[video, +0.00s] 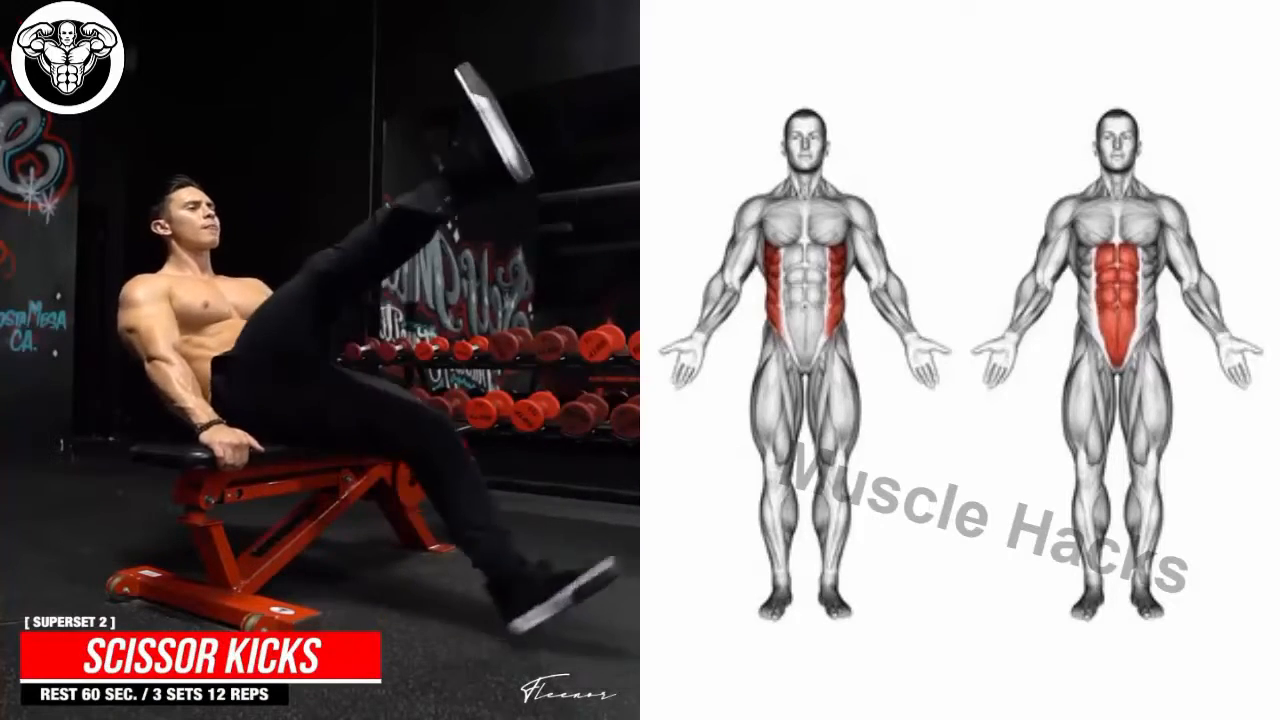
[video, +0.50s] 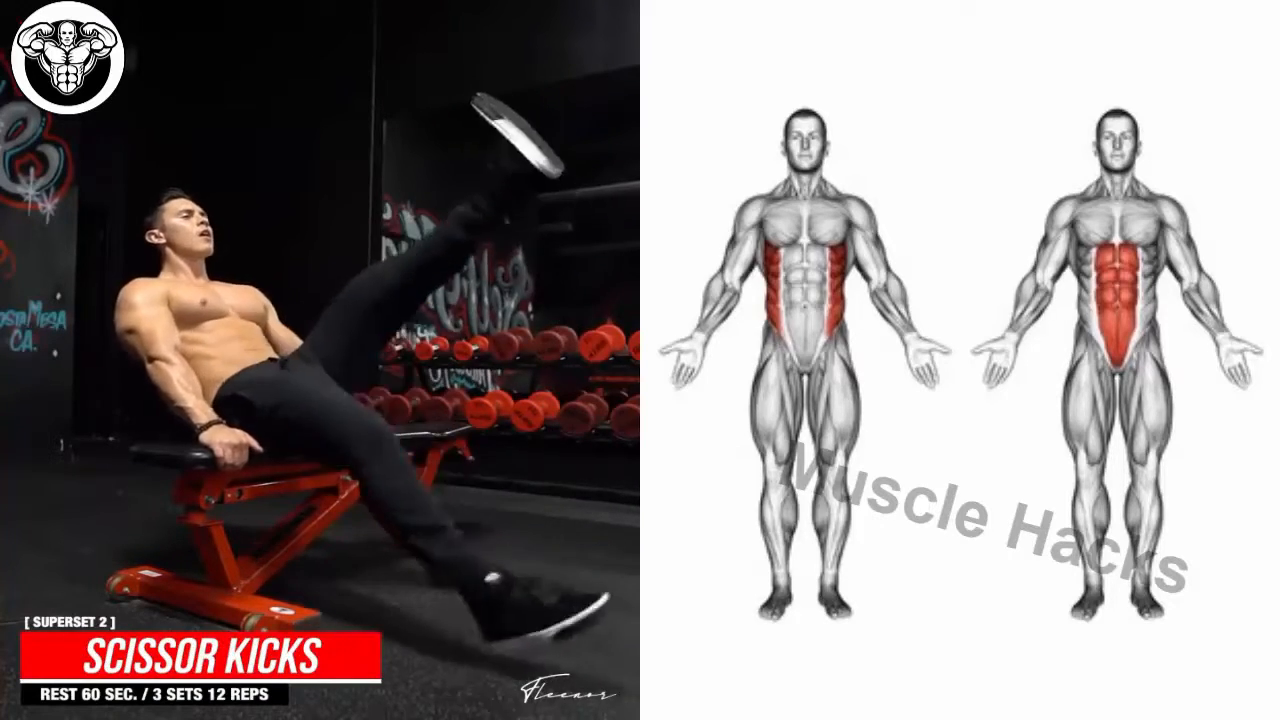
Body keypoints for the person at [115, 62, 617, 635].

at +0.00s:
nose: (208, 214)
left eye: (210, 207)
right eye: (192, 208)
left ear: (214, 224)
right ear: (162, 227)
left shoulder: (251, 285)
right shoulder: (145, 289)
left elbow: (303, 329)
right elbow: (163, 361)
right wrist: (208, 425)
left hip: (303, 391)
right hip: (244, 384)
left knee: (432, 433)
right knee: (326, 273)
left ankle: (516, 587)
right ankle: (457, 180)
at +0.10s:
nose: (208, 215)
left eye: (207, 208)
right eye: (192, 209)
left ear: (209, 225)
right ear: (161, 227)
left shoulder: (252, 291)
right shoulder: (143, 290)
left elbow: (303, 345)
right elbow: (165, 362)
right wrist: (208, 426)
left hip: (302, 397)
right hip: (242, 394)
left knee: (418, 405)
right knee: (329, 296)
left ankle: (551, 531)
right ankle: (497, 228)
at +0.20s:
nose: (204, 220)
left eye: (205, 212)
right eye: (188, 213)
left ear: (209, 229)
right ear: (159, 232)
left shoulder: (252, 291)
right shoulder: (142, 293)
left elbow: (298, 360)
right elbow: (166, 360)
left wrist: (360, 416)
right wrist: (208, 423)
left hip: (298, 399)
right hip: (241, 398)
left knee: (425, 372)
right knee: (344, 319)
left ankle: (586, 427)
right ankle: (536, 335)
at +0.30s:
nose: (202, 219)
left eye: (201, 212)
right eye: (186, 214)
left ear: (207, 227)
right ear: (158, 235)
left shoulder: (249, 292)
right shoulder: (143, 293)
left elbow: (308, 356)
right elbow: (169, 362)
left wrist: (358, 416)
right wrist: (210, 425)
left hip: (303, 386)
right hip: (243, 399)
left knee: (406, 322)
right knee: (359, 357)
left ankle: (548, 312)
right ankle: (531, 450)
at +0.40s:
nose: (203, 221)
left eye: (204, 215)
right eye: (187, 215)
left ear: (206, 235)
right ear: (156, 236)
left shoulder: (249, 293)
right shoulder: (143, 296)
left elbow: (307, 354)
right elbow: (166, 361)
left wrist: (361, 393)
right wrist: (209, 426)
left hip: (300, 376)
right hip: (246, 389)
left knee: (393, 295)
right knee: (375, 412)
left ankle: (537, 214)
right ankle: (514, 550)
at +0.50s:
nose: (203, 221)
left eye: (203, 215)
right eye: (187, 215)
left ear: (206, 235)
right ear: (158, 237)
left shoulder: (246, 294)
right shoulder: (142, 294)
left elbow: (302, 352)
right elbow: (163, 358)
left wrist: (354, 394)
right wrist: (207, 424)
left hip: (302, 370)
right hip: (250, 387)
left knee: (383, 284)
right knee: (371, 438)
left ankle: (502, 188)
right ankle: (490, 591)